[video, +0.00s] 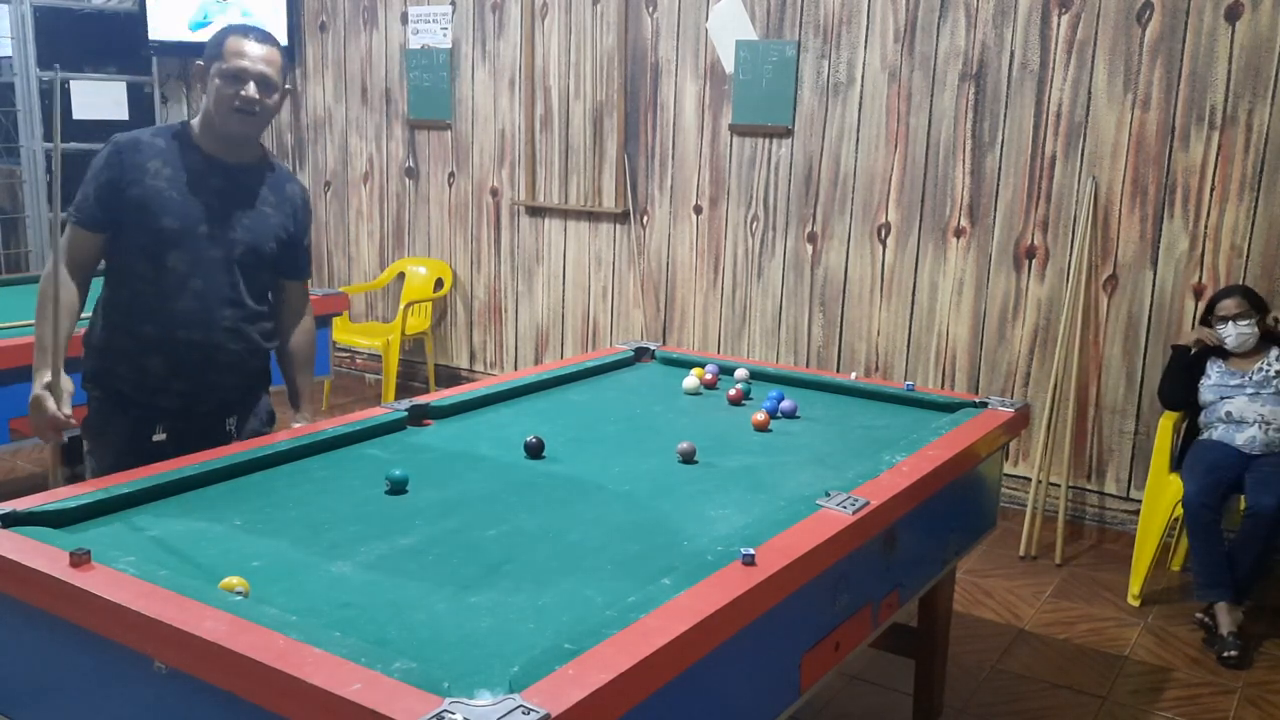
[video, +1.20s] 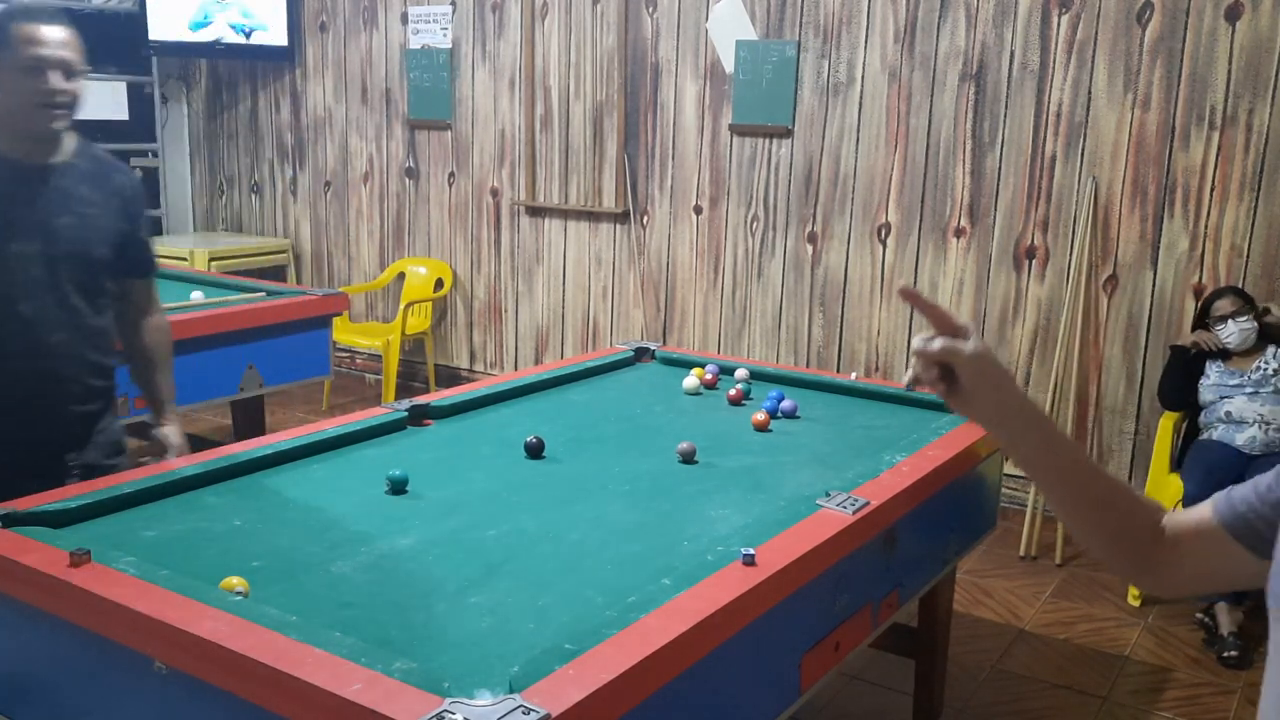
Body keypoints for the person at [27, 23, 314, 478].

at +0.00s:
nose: (250, 94)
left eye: (265, 84)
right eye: (234, 78)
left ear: (283, 100)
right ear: (203, 81)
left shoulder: (288, 196)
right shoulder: (129, 158)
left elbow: (295, 315)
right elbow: (70, 268)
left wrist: (306, 412)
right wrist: (48, 372)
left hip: (234, 414)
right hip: (127, 409)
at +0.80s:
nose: (212, 92)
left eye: (226, 81)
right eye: (194, 76)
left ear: (241, 94)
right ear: (154, 77)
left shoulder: (244, 195)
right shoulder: (80, 160)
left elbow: (250, 317)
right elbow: (14, 277)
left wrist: (261, 415)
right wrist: (3, 392)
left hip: (178, 425)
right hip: (65, 418)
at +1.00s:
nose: (143, 89)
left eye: (157, 76)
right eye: (123, 74)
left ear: (174, 88)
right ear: (82, 78)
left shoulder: (184, 191)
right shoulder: (17, 169)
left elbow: (206, 314)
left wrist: (228, 419)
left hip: (142, 434)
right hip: (28, 436)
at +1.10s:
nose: (99, 87)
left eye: (113, 72)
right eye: (79, 69)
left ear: (127, 84)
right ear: (36, 76)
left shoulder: (148, 185)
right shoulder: (8, 166)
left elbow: (173, 311)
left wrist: (198, 416)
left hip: (113, 431)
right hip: (14, 432)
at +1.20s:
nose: (56, 86)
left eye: (69, 72)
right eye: (34, 70)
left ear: (83, 81)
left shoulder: (113, 185)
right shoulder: (5, 175)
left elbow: (141, 311)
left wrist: (166, 418)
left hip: (86, 441)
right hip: (4, 446)